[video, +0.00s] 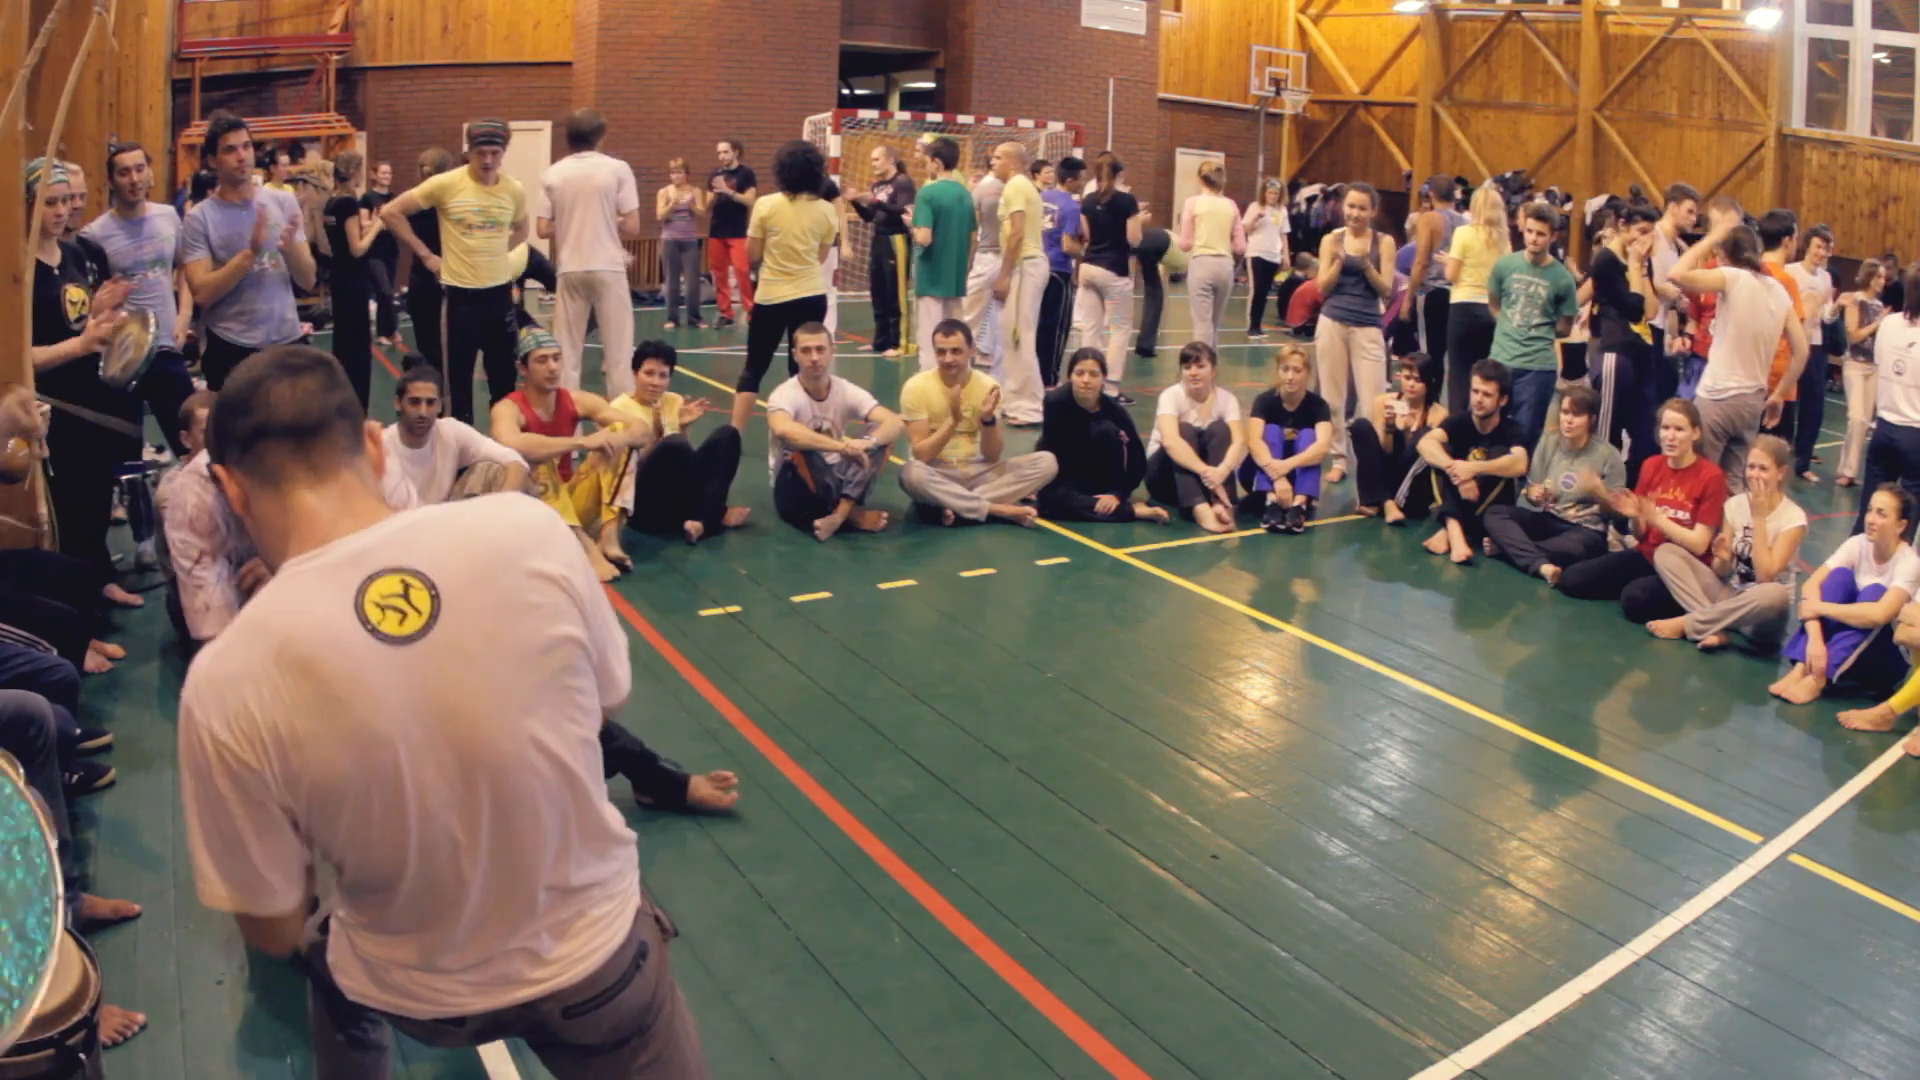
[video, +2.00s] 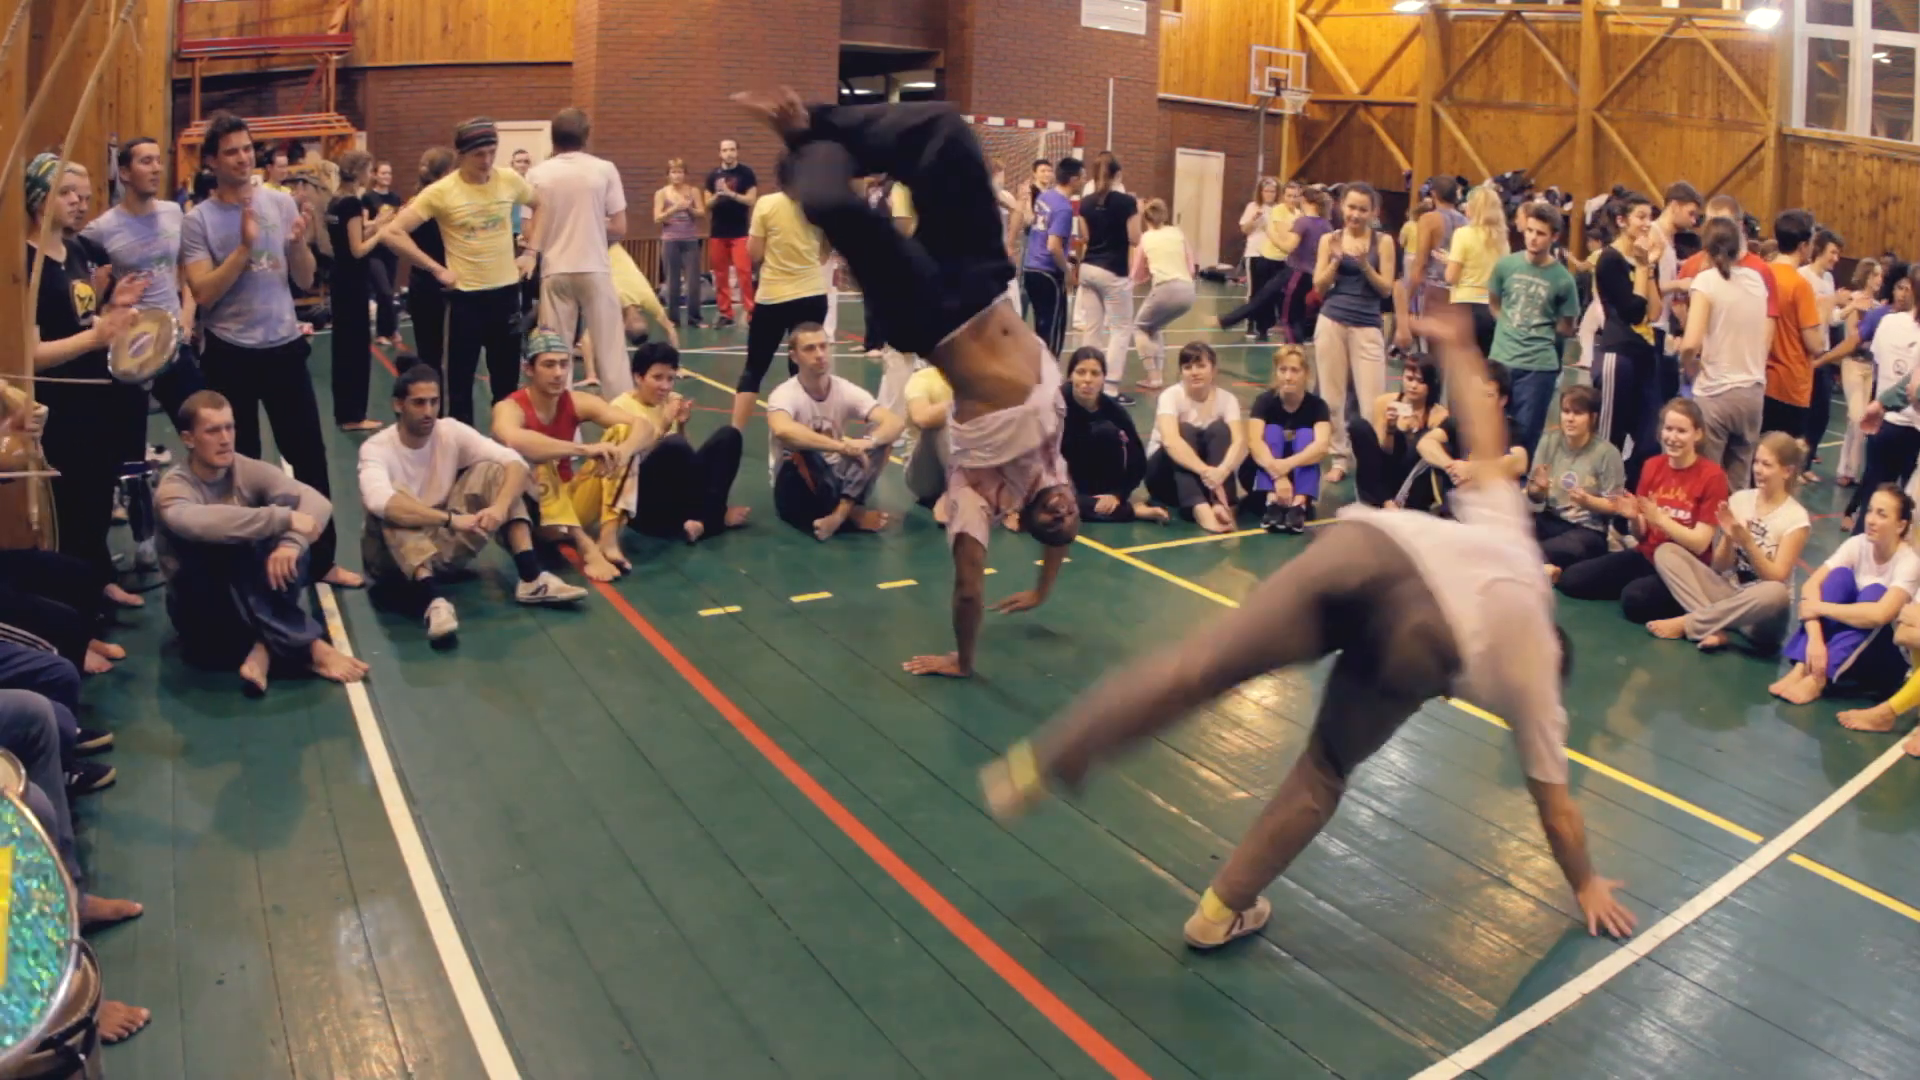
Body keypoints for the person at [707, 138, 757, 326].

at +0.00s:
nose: (722, 156)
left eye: (725, 152)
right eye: (719, 153)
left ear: (736, 153)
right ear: (717, 155)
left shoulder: (746, 173)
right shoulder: (716, 175)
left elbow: (750, 199)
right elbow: (708, 204)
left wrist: (727, 190)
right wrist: (715, 192)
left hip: (738, 232)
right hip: (717, 232)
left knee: (742, 271)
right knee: (719, 275)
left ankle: (750, 309)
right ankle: (724, 312)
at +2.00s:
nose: (728, 153)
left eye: (731, 149)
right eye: (725, 150)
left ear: (737, 152)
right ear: (720, 153)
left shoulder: (746, 173)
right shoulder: (713, 176)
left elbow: (751, 199)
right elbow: (708, 203)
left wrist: (730, 193)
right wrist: (719, 193)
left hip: (740, 233)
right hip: (718, 233)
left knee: (744, 272)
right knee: (720, 276)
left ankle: (750, 310)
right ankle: (724, 312)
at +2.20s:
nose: (731, 153)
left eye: (734, 149)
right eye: (727, 149)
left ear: (739, 151)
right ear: (721, 152)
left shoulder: (747, 172)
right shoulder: (714, 175)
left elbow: (753, 198)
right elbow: (708, 202)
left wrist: (738, 194)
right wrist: (718, 194)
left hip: (741, 232)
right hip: (719, 233)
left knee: (745, 272)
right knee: (721, 276)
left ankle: (750, 310)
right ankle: (725, 313)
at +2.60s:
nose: (735, 152)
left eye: (739, 148)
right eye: (732, 149)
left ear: (746, 151)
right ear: (727, 152)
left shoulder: (754, 172)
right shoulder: (720, 174)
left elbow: (761, 200)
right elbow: (713, 202)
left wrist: (745, 193)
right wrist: (724, 193)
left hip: (748, 232)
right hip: (725, 233)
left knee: (750, 273)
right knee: (724, 276)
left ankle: (752, 312)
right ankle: (725, 312)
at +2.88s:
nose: (743, 154)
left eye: (746, 150)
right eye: (739, 150)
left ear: (754, 152)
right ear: (736, 153)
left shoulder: (762, 173)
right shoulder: (728, 173)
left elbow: (767, 201)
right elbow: (720, 200)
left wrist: (752, 193)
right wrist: (731, 191)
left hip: (754, 232)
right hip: (731, 232)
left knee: (754, 273)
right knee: (727, 274)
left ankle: (753, 313)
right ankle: (726, 312)